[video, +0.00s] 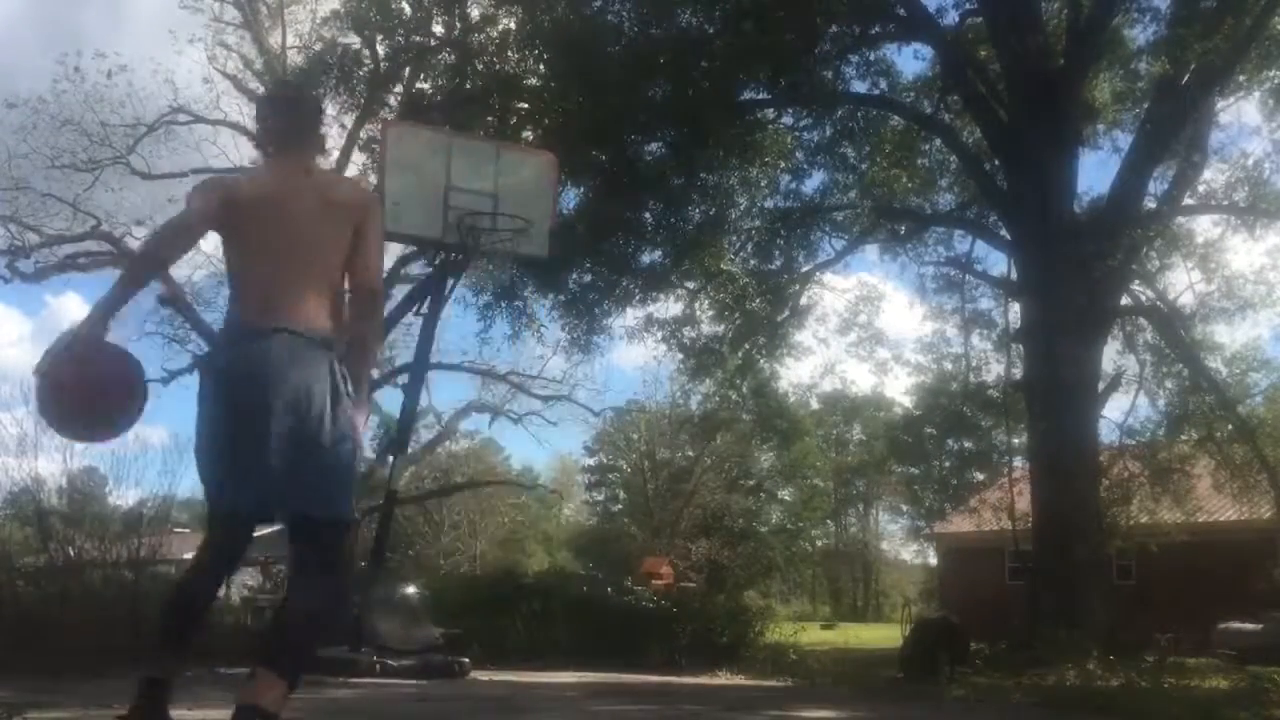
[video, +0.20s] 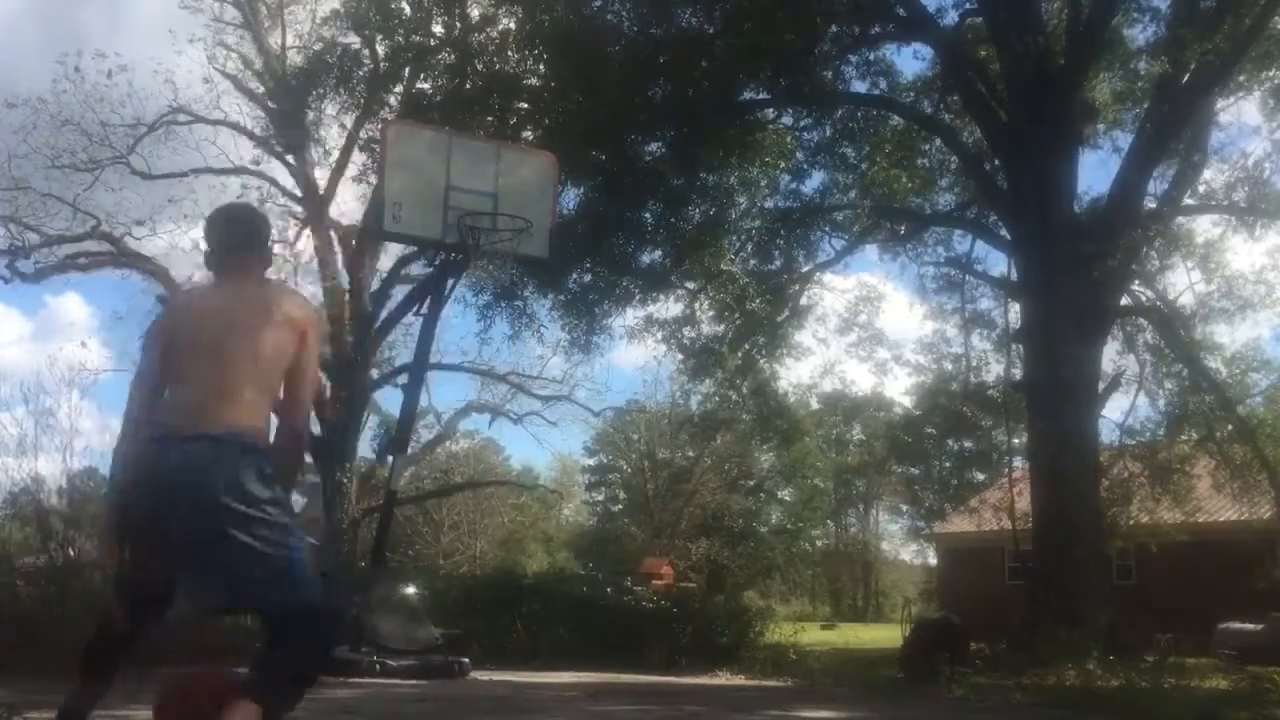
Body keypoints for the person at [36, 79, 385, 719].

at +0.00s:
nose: (262, 137)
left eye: (261, 126)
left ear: (262, 132)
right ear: (320, 134)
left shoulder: (228, 190)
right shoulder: (357, 196)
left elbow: (158, 253)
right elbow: (368, 299)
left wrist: (94, 321)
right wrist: (357, 392)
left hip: (235, 371)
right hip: (313, 376)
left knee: (222, 542)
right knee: (318, 564)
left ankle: (152, 692)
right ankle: (259, 707)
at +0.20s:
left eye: (216, 247)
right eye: (263, 246)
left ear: (210, 252)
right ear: (267, 252)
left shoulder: (176, 309)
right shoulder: (298, 311)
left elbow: (136, 419)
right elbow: (295, 428)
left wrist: (118, 508)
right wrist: (273, 497)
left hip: (154, 471)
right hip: (233, 476)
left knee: (135, 607)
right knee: (302, 619)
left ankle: (71, 710)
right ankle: (249, 707)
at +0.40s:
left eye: (277, 195)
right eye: (332, 195)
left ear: (275, 200)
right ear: (333, 198)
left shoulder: (240, 252)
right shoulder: (365, 255)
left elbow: (139, 305)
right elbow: (440, 353)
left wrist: (81, 374)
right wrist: (377, 372)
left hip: (206, 416)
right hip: (286, 425)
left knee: (157, 577)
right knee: (331, 611)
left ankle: (96, 707)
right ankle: (222, 711)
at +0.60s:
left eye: (344, 98)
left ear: (336, 103)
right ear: (394, 102)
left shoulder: (294, 163)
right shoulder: (427, 170)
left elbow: (231, 254)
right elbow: (479, 286)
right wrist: (443, 269)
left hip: (283, 343)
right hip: (365, 352)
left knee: (271, 534)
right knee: (357, 553)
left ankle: (197, 701)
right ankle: (276, 705)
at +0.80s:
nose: (416, 132)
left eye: (410, 121)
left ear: (404, 127)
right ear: (465, 125)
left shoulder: (363, 211)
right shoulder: (501, 204)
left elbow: (350, 314)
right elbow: (497, 325)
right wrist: (434, 288)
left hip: (362, 394)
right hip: (450, 397)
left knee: (305, 589)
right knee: (528, 565)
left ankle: (208, 708)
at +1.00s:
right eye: (627, 174)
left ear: (554, 172)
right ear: (617, 168)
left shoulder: (515, 232)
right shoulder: (636, 217)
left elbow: (453, 354)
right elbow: (628, 326)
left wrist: (523, 375)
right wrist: (646, 398)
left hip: (502, 415)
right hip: (586, 405)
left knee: (562, 603)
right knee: (663, 573)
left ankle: (440, 677)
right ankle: (699, 706)